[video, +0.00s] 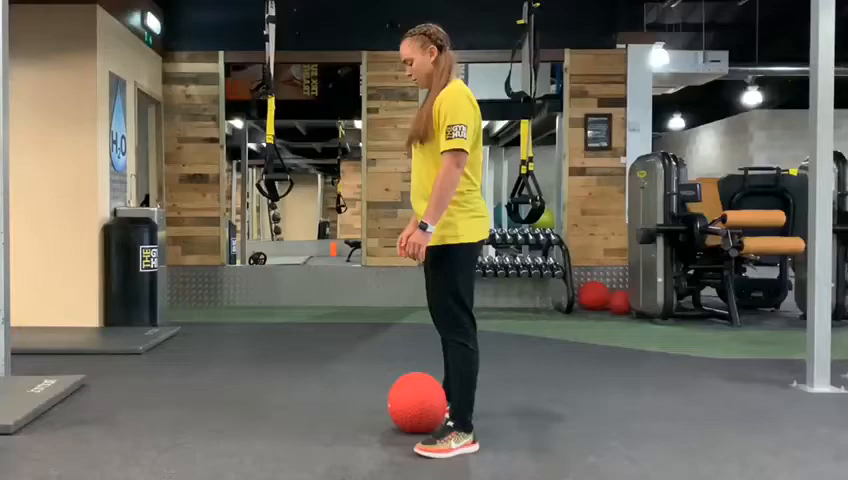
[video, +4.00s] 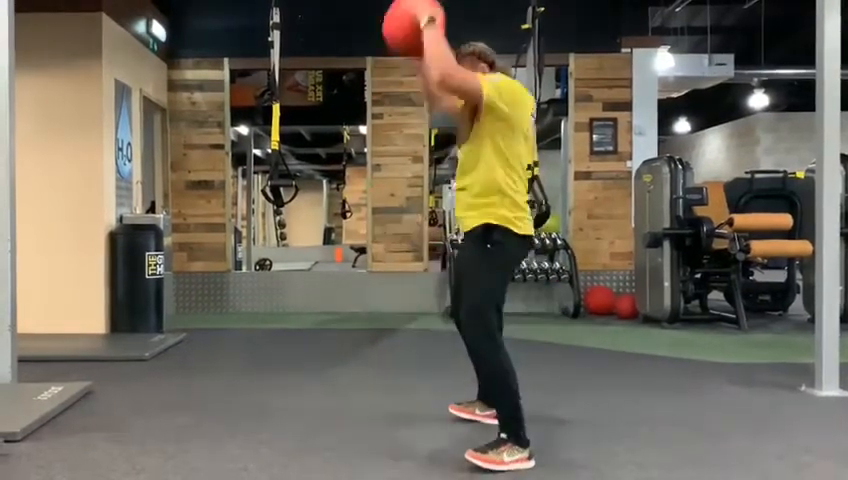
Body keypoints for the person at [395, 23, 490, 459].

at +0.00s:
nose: (406, 70)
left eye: (408, 61)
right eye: (404, 62)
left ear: (433, 53)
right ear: (427, 56)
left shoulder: (455, 97)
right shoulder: (439, 100)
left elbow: (455, 166)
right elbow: (435, 171)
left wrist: (425, 225)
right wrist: (416, 224)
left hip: (455, 232)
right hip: (442, 233)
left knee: (456, 326)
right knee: (448, 324)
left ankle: (462, 429)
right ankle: (454, 416)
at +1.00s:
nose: (386, 130)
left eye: (392, 122)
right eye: (386, 123)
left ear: (417, 121)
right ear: (413, 123)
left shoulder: (436, 154)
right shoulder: (422, 158)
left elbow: (424, 219)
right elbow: (413, 216)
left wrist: (368, 222)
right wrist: (372, 232)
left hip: (496, 254)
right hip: (473, 252)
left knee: (437, 322)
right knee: (424, 311)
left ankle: (464, 434)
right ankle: (450, 401)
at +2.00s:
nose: (401, 137)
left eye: (401, 127)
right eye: (396, 131)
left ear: (420, 112)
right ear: (417, 117)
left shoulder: (447, 136)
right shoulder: (441, 139)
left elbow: (442, 209)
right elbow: (437, 206)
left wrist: (395, 236)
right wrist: (403, 233)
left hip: (511, 237)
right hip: (492, 238)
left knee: (477, 327)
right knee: (459, 315)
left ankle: (532, 440)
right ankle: (490, 398)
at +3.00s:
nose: (348, 334)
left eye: (342, 328)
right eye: (341, 329)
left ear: (348, 313)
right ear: (352, 300)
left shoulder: (387, 299)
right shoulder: (385, 293)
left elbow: (408, 373)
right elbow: (408, 367)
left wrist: (408, 442)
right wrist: (405, 420)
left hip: (503, 269)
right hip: (497, 274)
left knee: (570, 358)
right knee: (562, 356)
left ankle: (679, 398)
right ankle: (635, 380)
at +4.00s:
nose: (464, 80)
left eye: (466, 72)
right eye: (463, 73)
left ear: (483, 67)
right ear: (476, 70)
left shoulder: (510, 90)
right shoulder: (477, 106)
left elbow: (446, 75)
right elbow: (436, 94)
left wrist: (432, 24)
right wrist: (420, 48)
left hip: (500, 226)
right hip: (478, 226)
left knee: (480, 323)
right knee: (464, 314)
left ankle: (515, 442)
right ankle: (490, 399)